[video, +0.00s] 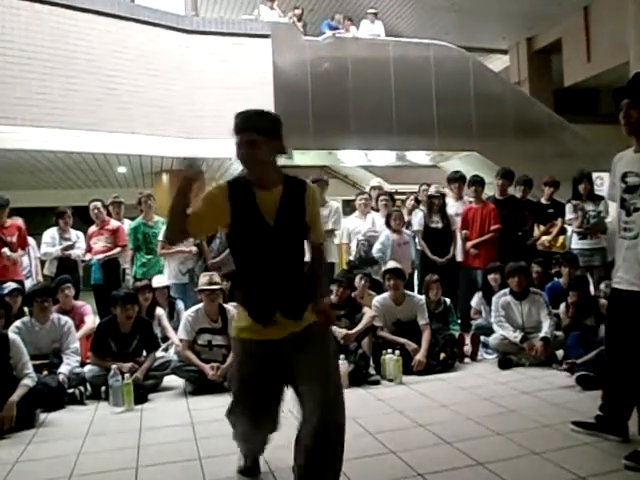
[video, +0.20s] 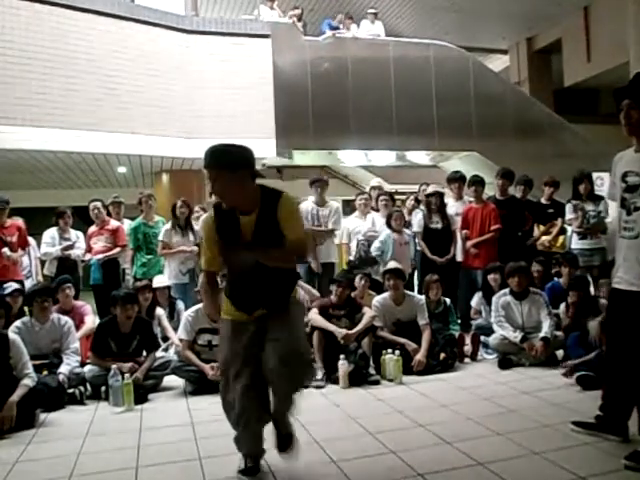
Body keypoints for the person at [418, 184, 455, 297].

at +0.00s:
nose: (437, 201)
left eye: (439, 198)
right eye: (434, 198)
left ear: (443, 200)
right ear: (429, 199)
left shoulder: (448, 217)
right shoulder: (423, 217)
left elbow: (453, 236)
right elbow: (420, 238)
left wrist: (450, 254)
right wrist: (432, 256)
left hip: (446, 260)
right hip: (429, 260)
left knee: (447, 291)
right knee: (428, 290)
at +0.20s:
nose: (434, 200)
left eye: (437, 197)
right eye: (431, 197)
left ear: (441, 200)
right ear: (427, 199)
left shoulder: (448, 217)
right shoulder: (422, 217)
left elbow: (454, 236)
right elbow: (419, 239)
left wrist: (451, 254)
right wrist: (431, 256)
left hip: (447, 260)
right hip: (428, 261)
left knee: (447, 292)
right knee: (428, 291)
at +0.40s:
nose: (432, 204)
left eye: (435, 201)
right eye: (429, 201)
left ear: (439, 202)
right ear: (426, 203)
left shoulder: (446, 217)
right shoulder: (422, 218)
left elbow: (453, 237)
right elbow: (419, 239)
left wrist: (447, 256)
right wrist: (431, 256)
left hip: (446, 260)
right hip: (428, 261)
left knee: (446, 292)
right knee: (427, 291)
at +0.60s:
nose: (433, 201)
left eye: (436, 198)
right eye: (430, 198)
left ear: (440, 201)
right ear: (425, 201)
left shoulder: (448, 217)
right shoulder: (421, 217)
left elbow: (453, 238)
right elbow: (418, 239)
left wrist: (448, 254)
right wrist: (430, 257)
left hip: (445, 261)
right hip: (427, 261)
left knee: (446, 293)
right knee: (427, 293)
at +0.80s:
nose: (434, 200)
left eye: (437, 197)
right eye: (431, 197)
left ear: (441, 200)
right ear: (427, 200)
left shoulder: (448, 217)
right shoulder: (421, 217)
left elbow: (452, 239)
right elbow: (418, 239)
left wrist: (444, 257)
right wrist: (429, 258)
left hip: (444, 261)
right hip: (426, 261)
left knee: (444, 294)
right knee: (426, 294)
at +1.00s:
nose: (435, 200)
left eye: (438, 197)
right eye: (432, 196)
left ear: (443, 200)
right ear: (428, 199)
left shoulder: (449, 218)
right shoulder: (422, 217)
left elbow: (452, 238)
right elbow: (417, 238)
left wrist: (445, 256)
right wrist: (427, 257)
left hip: (444, 261)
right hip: (426, 261)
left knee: (444, 293)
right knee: (425, 293)